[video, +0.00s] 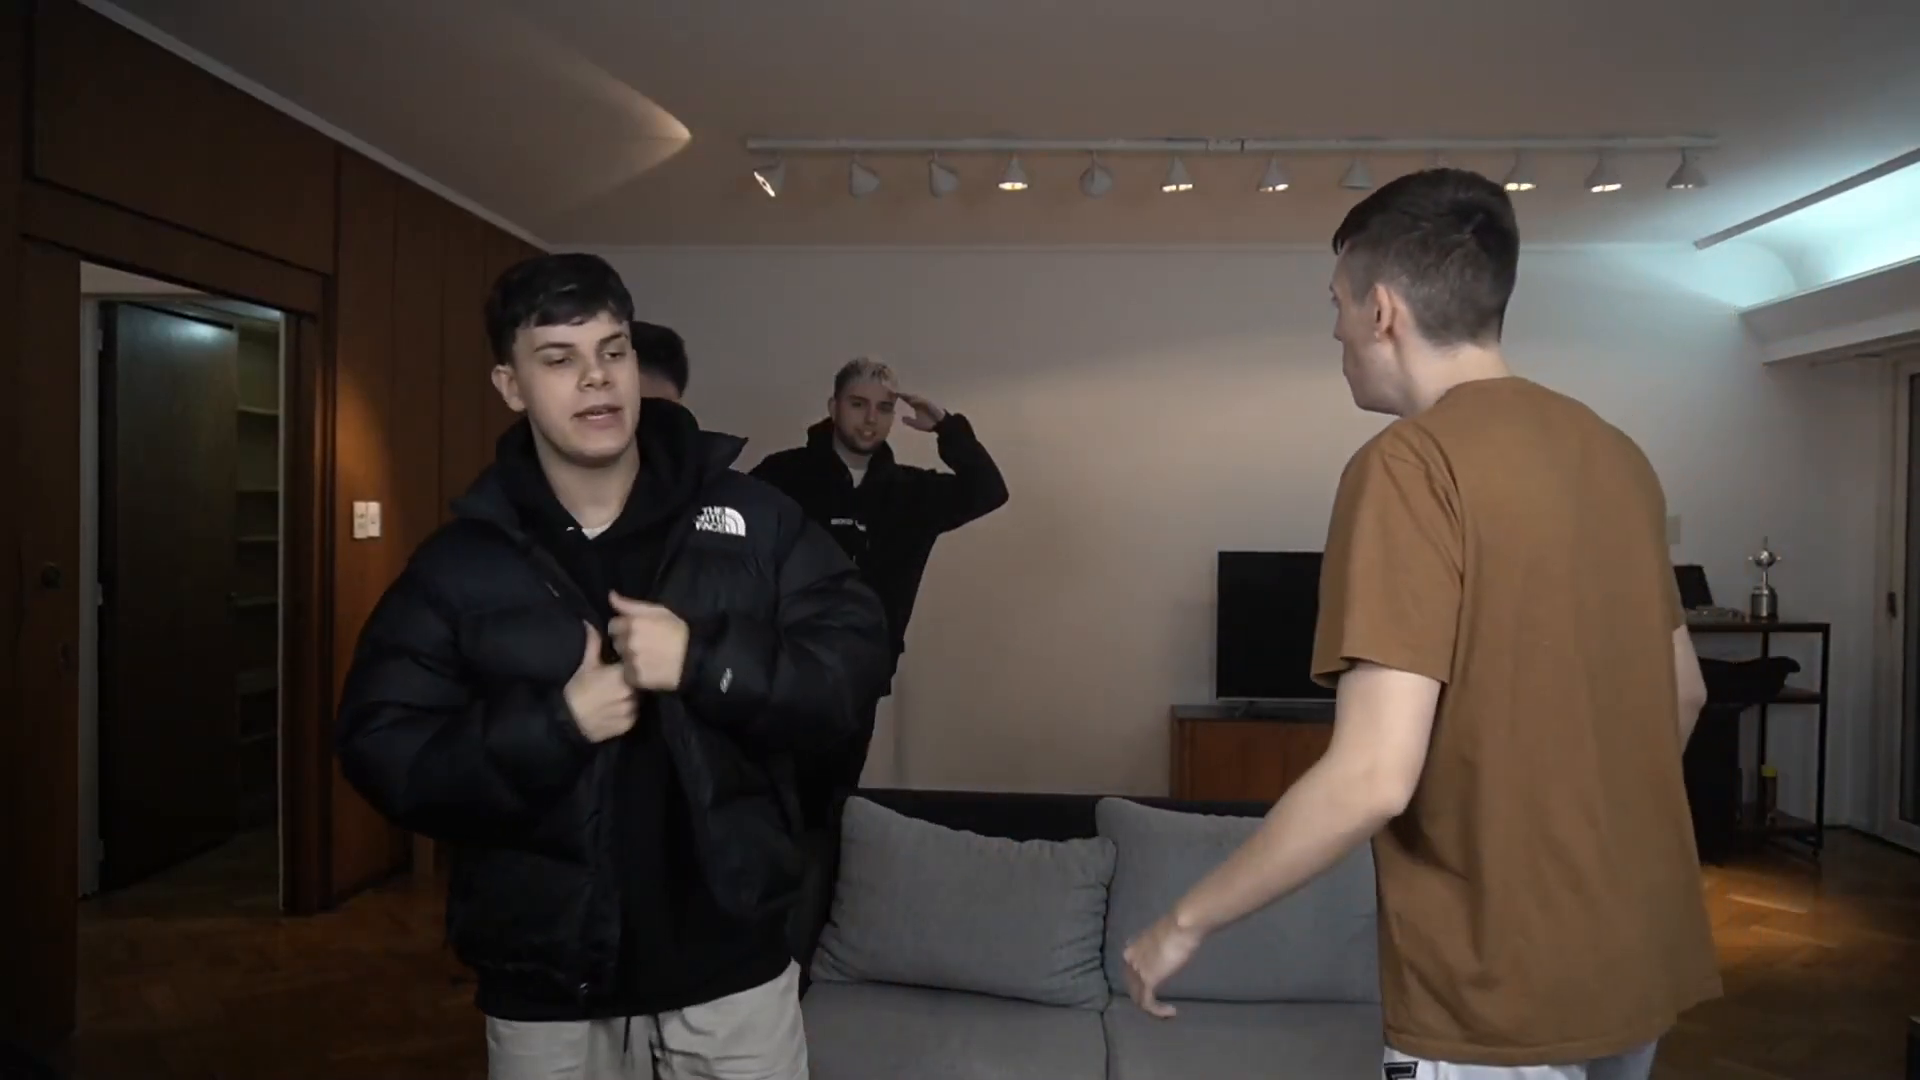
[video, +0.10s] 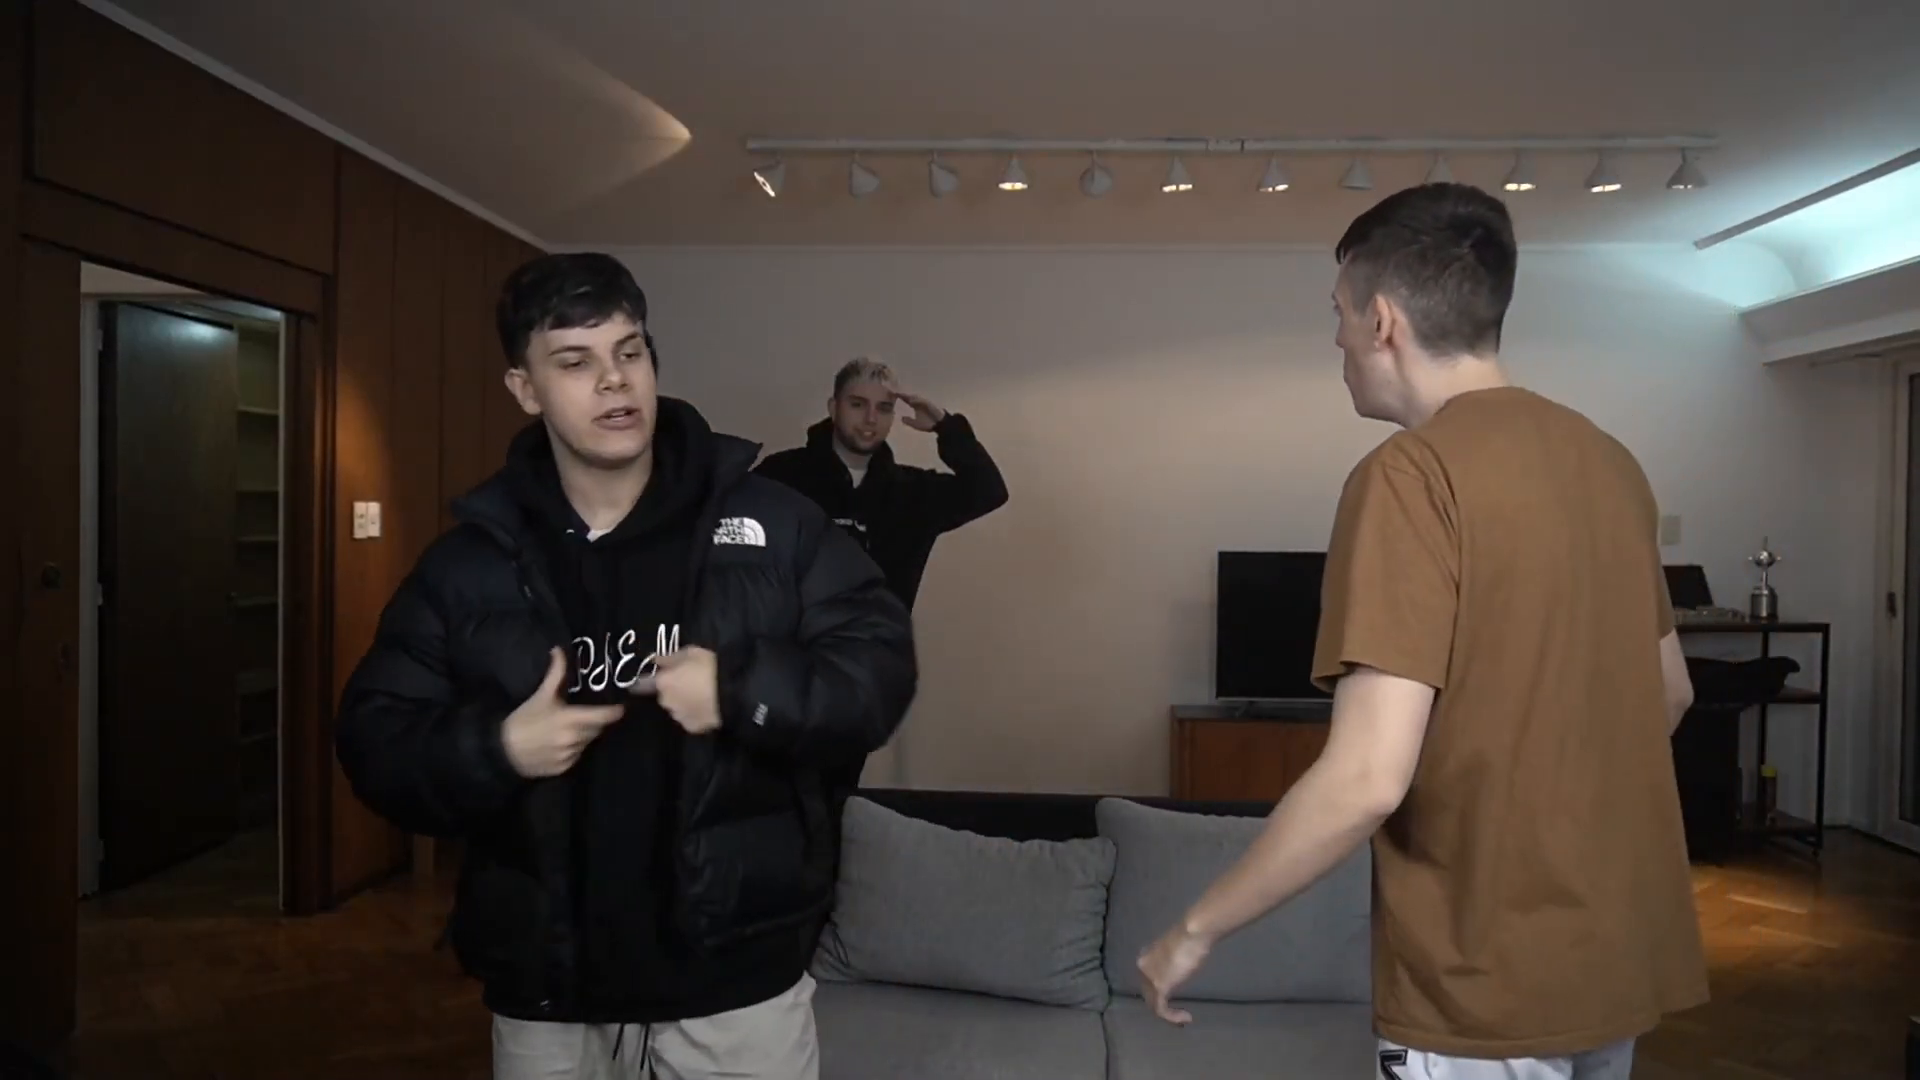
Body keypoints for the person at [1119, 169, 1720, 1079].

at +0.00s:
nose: (1339, 337)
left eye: (1338, 309)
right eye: (1336, 310)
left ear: (1385, 310)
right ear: (1488, 303)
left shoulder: (1412, 462)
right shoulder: (1616, 456)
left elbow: (1372, 774)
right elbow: (1680, 693)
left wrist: (1186, 921)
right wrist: (1589, 828)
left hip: (1486, 996)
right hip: (1638, 965)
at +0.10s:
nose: (1340, 347)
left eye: (1340, 318)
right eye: (1338, 318)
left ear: (1385, 321)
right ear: (1486, 313)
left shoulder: (1412, 473)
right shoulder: (1609, 462)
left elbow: (1366, 775)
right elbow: (1667, 689)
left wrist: (1197, 928)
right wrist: (1557, 795)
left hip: (1476, 986)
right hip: (1620, 962)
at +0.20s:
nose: (1355, 352)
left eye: (1357, 323)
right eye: (1355, 323)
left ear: (1400, 329)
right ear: (1499, 324)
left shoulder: (1413, 473)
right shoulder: (1613, 467)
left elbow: (1374, 759)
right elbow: (1661, 677)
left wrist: (1235, 942)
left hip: (1469, 981)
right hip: (1618, 964)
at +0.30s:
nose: (1378, 366)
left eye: (1380, 338)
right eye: (1378, 339)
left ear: (1420, 339)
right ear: (1516, 336)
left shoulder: (1421, 476)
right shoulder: (1625, 472)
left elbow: (1390, 744)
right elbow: (1665, 663)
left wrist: (1284, 950)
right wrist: (1523, 683)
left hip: (1469, 964)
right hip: (1619, 952)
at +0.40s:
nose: (1409, 380)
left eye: (1410, 354)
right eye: (1410, 354)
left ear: (1439, 351)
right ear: (1538, 346)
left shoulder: (1429, 479)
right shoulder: (1639, 474)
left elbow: (1416, 726)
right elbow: (1683, 648)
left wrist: (1334, 942)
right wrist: (1556, 644)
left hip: (1481, 942)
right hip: (1634, 935)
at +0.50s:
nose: (1435, 390)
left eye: (1434, 366)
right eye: (1436, 365)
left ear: (1456, 364)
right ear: (1555, 358)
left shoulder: (1445, 479)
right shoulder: (1664, 477)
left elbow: (1433, 708)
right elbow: (1691, 650)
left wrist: (1373, 921)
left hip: (1501, 932)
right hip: (1669, 927)